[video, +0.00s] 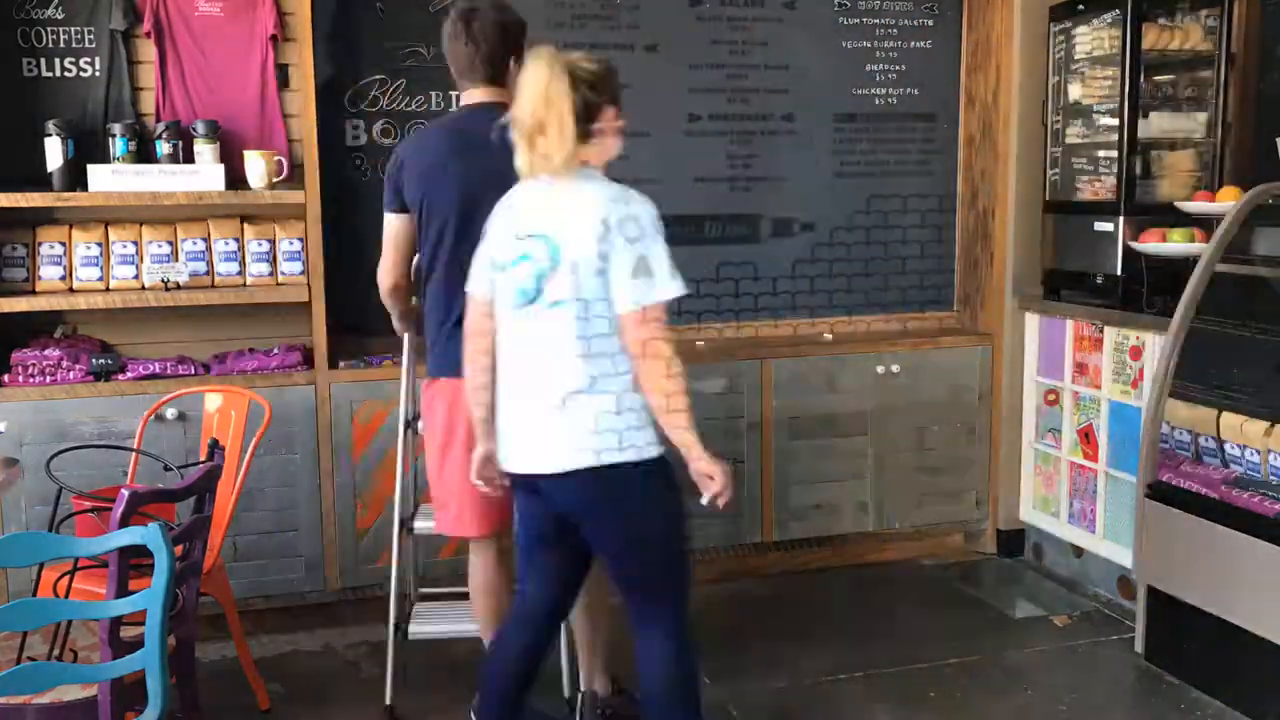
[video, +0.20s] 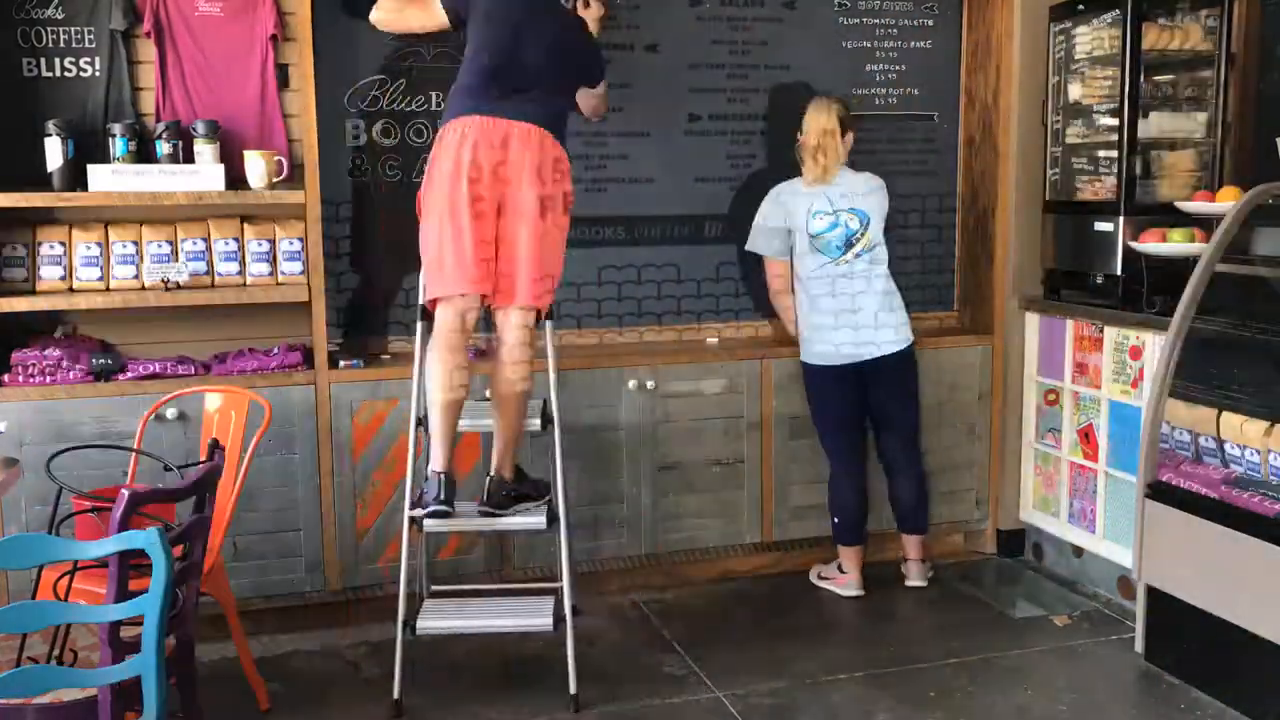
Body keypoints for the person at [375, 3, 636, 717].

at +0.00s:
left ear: (453, 63)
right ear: (522, 59)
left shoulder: (417, 149)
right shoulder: (552, 136)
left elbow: (392, 276)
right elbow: (589, 247)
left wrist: (411, 325)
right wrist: (587, 320)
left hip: (458, 369)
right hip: (552, 360)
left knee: (484, 539)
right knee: (574, 529)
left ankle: (506, 693)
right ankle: (596, 687)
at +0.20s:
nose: (597, 9)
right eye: (597, 5)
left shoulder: (481, 4)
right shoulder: (578, 35)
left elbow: (383, 14)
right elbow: (594, 107)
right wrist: (589, 33)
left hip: (463, 136)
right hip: (534, 147)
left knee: (455, 311)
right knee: (518, 320)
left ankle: (437, 478)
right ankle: (504, 478)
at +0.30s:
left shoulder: (486, 0)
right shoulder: (605, 26)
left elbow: (393, 8)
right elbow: (590, 133)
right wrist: (575, 84)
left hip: (464, 134)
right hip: (537, 145)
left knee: (459, 313)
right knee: (520, 323)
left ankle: (450, 479)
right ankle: (506, 478)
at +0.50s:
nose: (555, 17)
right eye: (582, 15)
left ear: (542, 18)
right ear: (592, 23)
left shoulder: (513, 68)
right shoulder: (615, 84)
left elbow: (478, 140)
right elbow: (621, 93)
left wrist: (450, 219)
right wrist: (625, 44)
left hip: (525, 237)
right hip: (591, 243)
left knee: (496, 389)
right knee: (567, 396)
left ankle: (508, 537)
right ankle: (560, 550)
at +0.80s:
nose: (552, 18)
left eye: (549, 14)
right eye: (575, 12)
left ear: (550, 22)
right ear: (601, 18)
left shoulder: (538, 76)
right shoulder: (636, 78)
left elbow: (512, 158)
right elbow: (623, 101)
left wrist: (490, 225)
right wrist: (621, 55)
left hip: (571, 243)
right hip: (634, 242)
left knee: (585, 395)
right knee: (636, 392)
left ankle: (601, 536)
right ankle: (640, 532)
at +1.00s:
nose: (572, 75)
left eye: (573, 67)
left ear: (576, 77)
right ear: (636, 76)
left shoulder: (541, 153)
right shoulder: (669, 157)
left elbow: (513, 265)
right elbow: (691, 272)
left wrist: (526, 343)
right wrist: (668, 295)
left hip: (556, 361)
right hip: (641, 363)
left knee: (550, 504)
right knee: (662, 504)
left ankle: (537, 646)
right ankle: (692, 638)